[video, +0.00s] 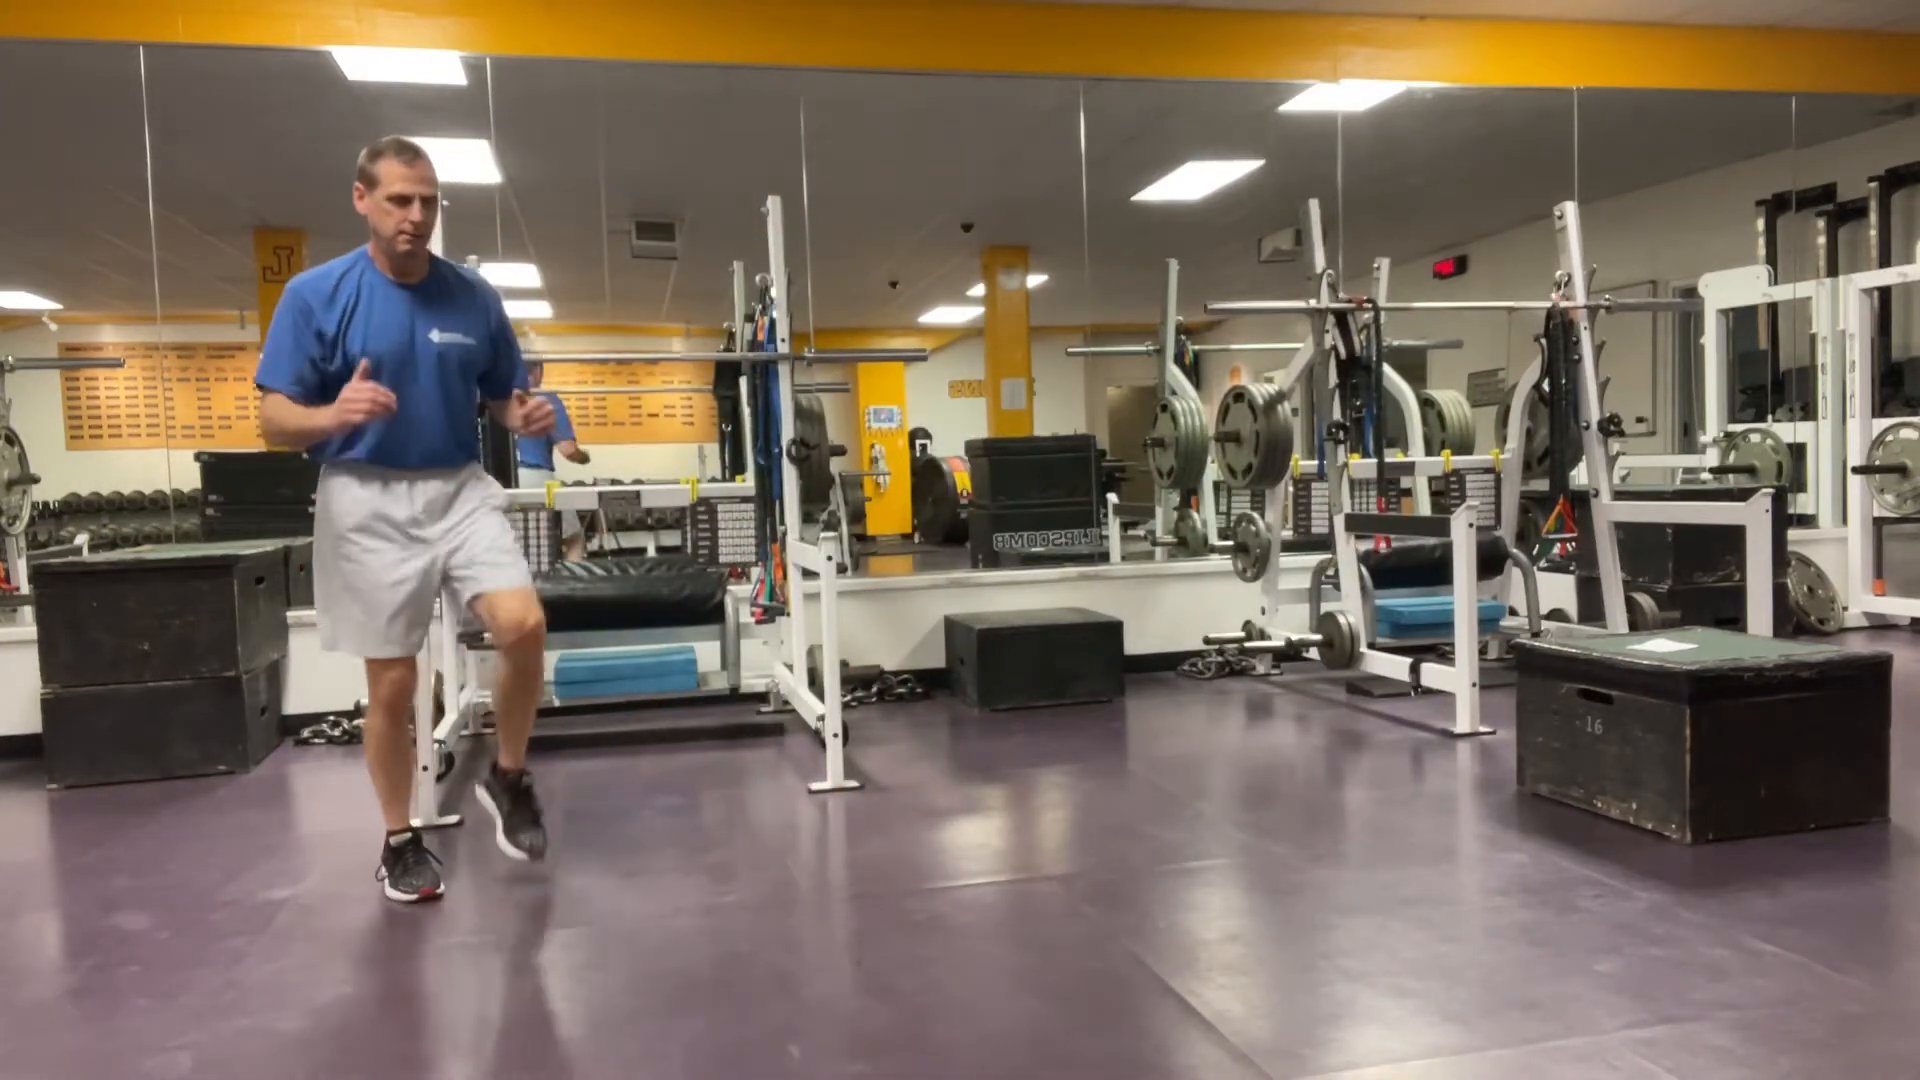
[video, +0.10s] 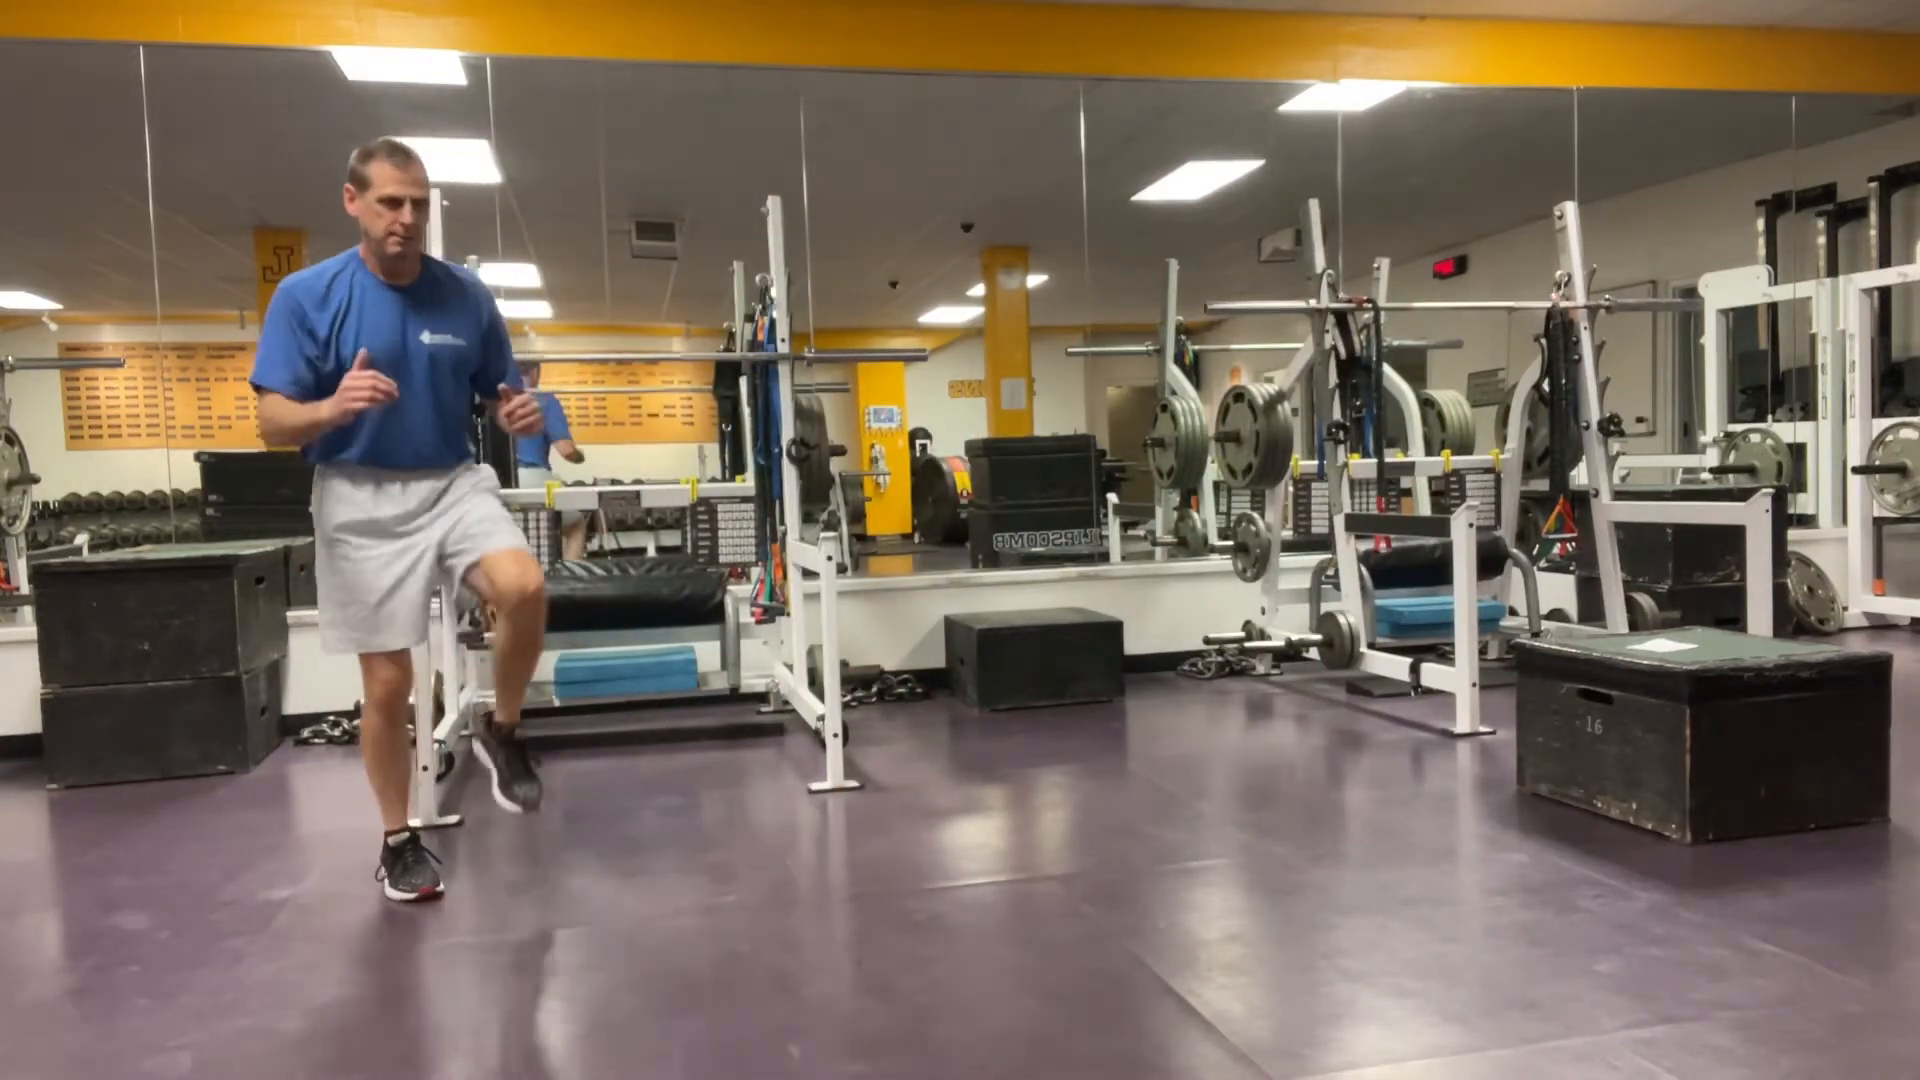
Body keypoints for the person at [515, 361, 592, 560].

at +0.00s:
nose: (541, 377)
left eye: (539, 371)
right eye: (540, 371)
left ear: (513, 372)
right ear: (536, 372)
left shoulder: (499, 399)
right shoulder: (546, 400)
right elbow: (567, 449)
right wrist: (583, 457)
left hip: (501, 473)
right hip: (535, 474)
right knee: (573, 538)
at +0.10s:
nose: (538, 376)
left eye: (536, 371)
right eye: (537, 371)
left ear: (510, 373)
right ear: (534, 372)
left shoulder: (496, 400)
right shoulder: (544, 401)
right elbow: (566, 450)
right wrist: (579, 457)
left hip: (498, 473)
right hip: (532, 473)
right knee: (575, 520)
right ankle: (571, 577)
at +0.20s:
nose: (537, 378)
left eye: (536, 373)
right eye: (536, 373)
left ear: (509, 375)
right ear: (533, 374)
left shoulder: (495, 402)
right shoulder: (544, 402)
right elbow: (565, 450)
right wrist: (575, 463)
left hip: (499, 472)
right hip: (532, 471)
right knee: (578, 504)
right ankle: (566, 564)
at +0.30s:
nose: (538, 381)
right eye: (538, 377)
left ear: (512, 378)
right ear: (535, 378)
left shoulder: (496, 402)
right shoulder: (544, 403)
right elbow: (566, 449)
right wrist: (578, 478)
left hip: (498, 482)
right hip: (532, 481)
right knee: (582, 498)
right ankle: (562, 550)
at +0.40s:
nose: (544, 387)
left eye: (542, 385)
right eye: (544, 384)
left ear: (520, 384)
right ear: (541, 383)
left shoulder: (505, 404)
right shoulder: (548, 406)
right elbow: (564, 442)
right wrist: (576, 478)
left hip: (501, 478)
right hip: (534, 478)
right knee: (581, 500)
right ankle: (558, 544)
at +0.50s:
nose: (551, 397)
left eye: (548, 393)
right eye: (550, 393)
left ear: (529, 392)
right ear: (548, 392)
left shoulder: (516, 407)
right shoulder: (550, 409)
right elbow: (567, 428)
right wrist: (571, 471)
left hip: (506, 475)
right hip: (536, 474)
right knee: (582, 496)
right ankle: (559, 541)